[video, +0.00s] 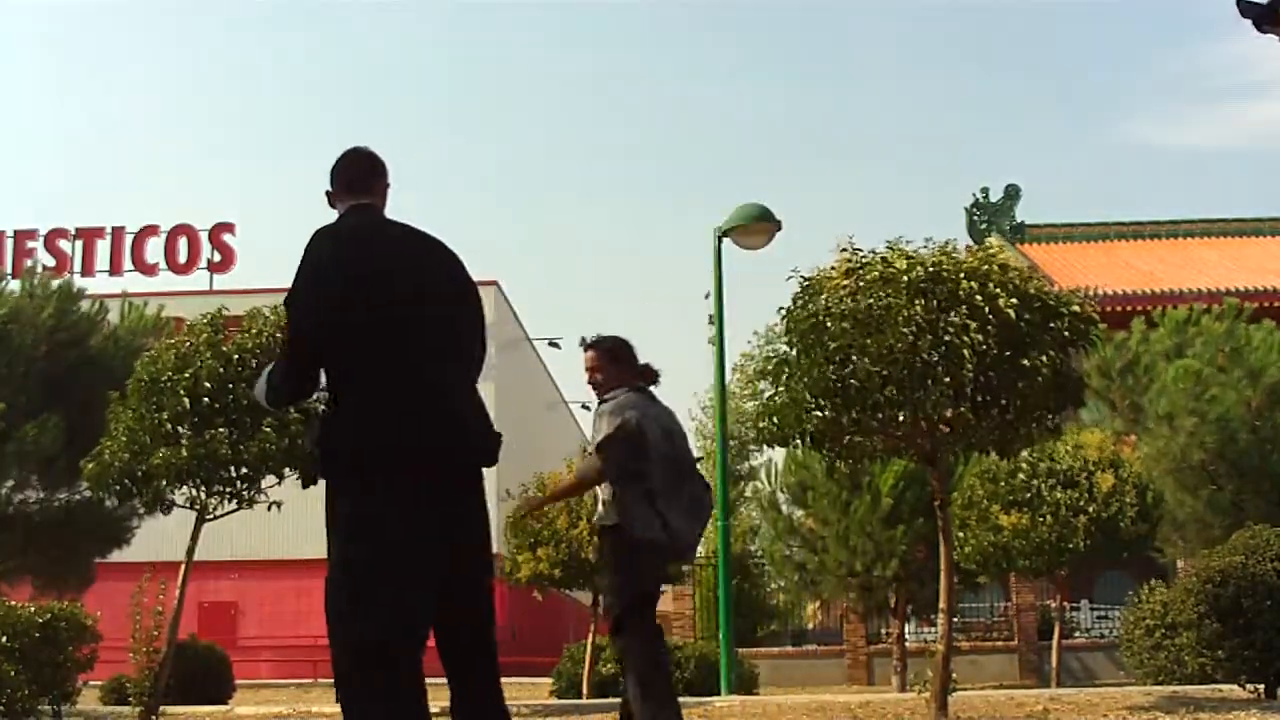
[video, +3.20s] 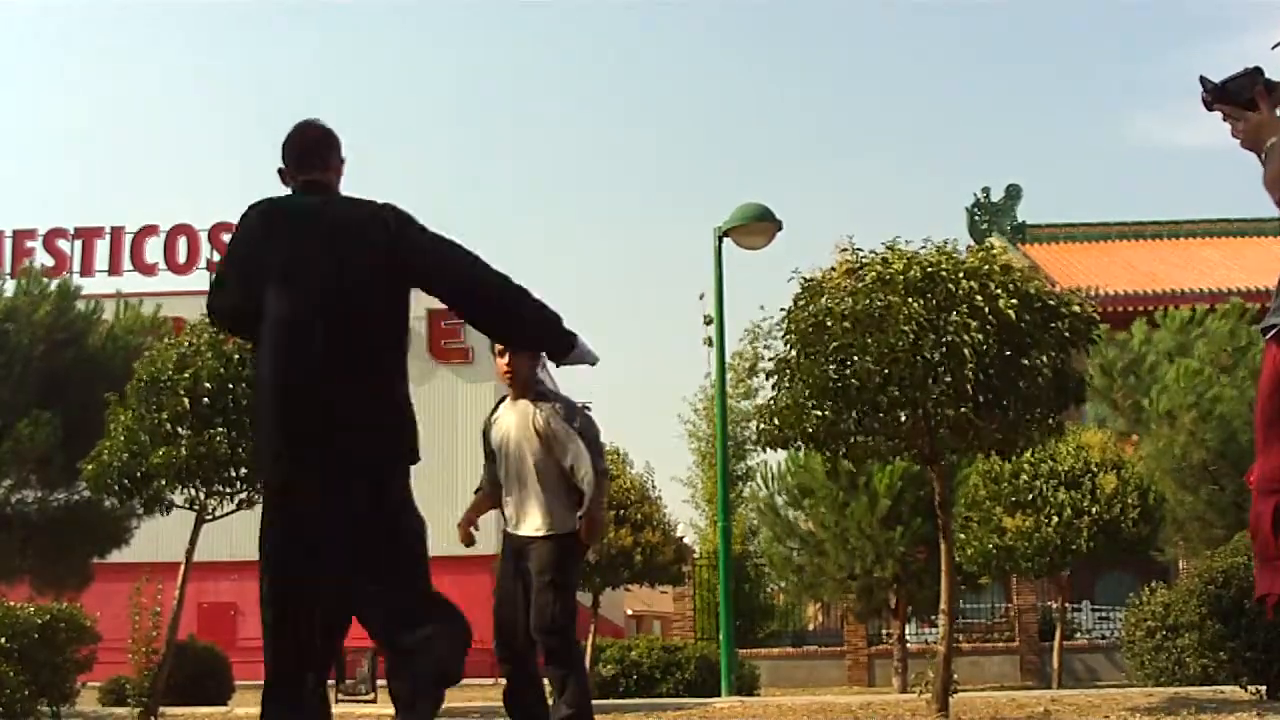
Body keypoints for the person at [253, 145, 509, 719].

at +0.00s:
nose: (341, 205)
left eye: (334, 198)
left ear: (333, 197)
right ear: (387, 190)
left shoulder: (327, 250)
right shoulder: (441, 254)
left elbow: (298, 375)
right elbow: (472, 353)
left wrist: (267, 388)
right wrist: (433, 402)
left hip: (368, 462)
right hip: (451, 459)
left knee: (374, 632)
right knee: (468, 633)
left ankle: (385, 718)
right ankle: (483, 717)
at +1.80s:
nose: (347, 205)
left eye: (327, 195)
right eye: (363, 196)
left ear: (316, 195)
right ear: (371, 196)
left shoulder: (289, 258)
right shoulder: (407, 254)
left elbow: (262, 354)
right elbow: (472, 343)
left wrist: (319, 381)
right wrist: (516, 418)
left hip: (326, 459)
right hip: (408, 454)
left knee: (340, 606)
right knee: (424, 603)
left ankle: (357, 709)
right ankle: (441, 708)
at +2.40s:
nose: (407, 211)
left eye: (409, 201)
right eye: (406, 199)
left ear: (354, 190)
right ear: (387, 192)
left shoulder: (300, 260)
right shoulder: (380, 241)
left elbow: (286, 364)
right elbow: (405, 346)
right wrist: (460, 408)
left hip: (308, 453)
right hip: (377, 450)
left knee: (331, 606)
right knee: (399, 606)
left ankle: (306, 712)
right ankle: (418, 713)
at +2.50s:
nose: (426, 213)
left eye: (428, 202)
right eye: (425, 201)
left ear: (377, 187)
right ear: (407, 190)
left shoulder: (330, 250)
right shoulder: (392, 237)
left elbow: (305, 353)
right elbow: (402, 340)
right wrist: (449, 401)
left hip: (324, 448)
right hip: (380, 449)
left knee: (340, 597)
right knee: (396, 596)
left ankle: (314, 710)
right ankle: (417, 710)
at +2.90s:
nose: (414, 190)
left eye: (405, 181)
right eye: (417, 181)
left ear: (362, 177)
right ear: (415, 178)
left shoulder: (318, 238)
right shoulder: (426, 229)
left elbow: (313, 330)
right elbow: (481, 326)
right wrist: (540, 393)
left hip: (323, 437)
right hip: (413, 439)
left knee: (296, 581)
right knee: (441, 588)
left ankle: (277, 705)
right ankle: (443, 709)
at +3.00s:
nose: (389, 187)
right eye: (392, 179)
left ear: (337, 179)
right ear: (392, 178)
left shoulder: (296, 236)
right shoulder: (413, 233)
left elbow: (286, 334)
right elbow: (486, 316)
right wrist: (558, 377)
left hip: (307, 452)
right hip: (403, 451)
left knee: (290, 607)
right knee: (441, 609)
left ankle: (298, 716)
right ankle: (447, 713)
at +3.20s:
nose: (322, 176)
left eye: (297, 170)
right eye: (332, 165)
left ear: (283, 173)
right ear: (341, 167)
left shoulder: (261, 221)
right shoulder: (384, 224)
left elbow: (226, 308)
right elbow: (473, 283)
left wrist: (290, 335)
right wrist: (557, 338)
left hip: (289, 441)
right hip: (375, 435)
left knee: (295, 596)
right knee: (394, 573)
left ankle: (293, 707)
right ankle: (426, 652)